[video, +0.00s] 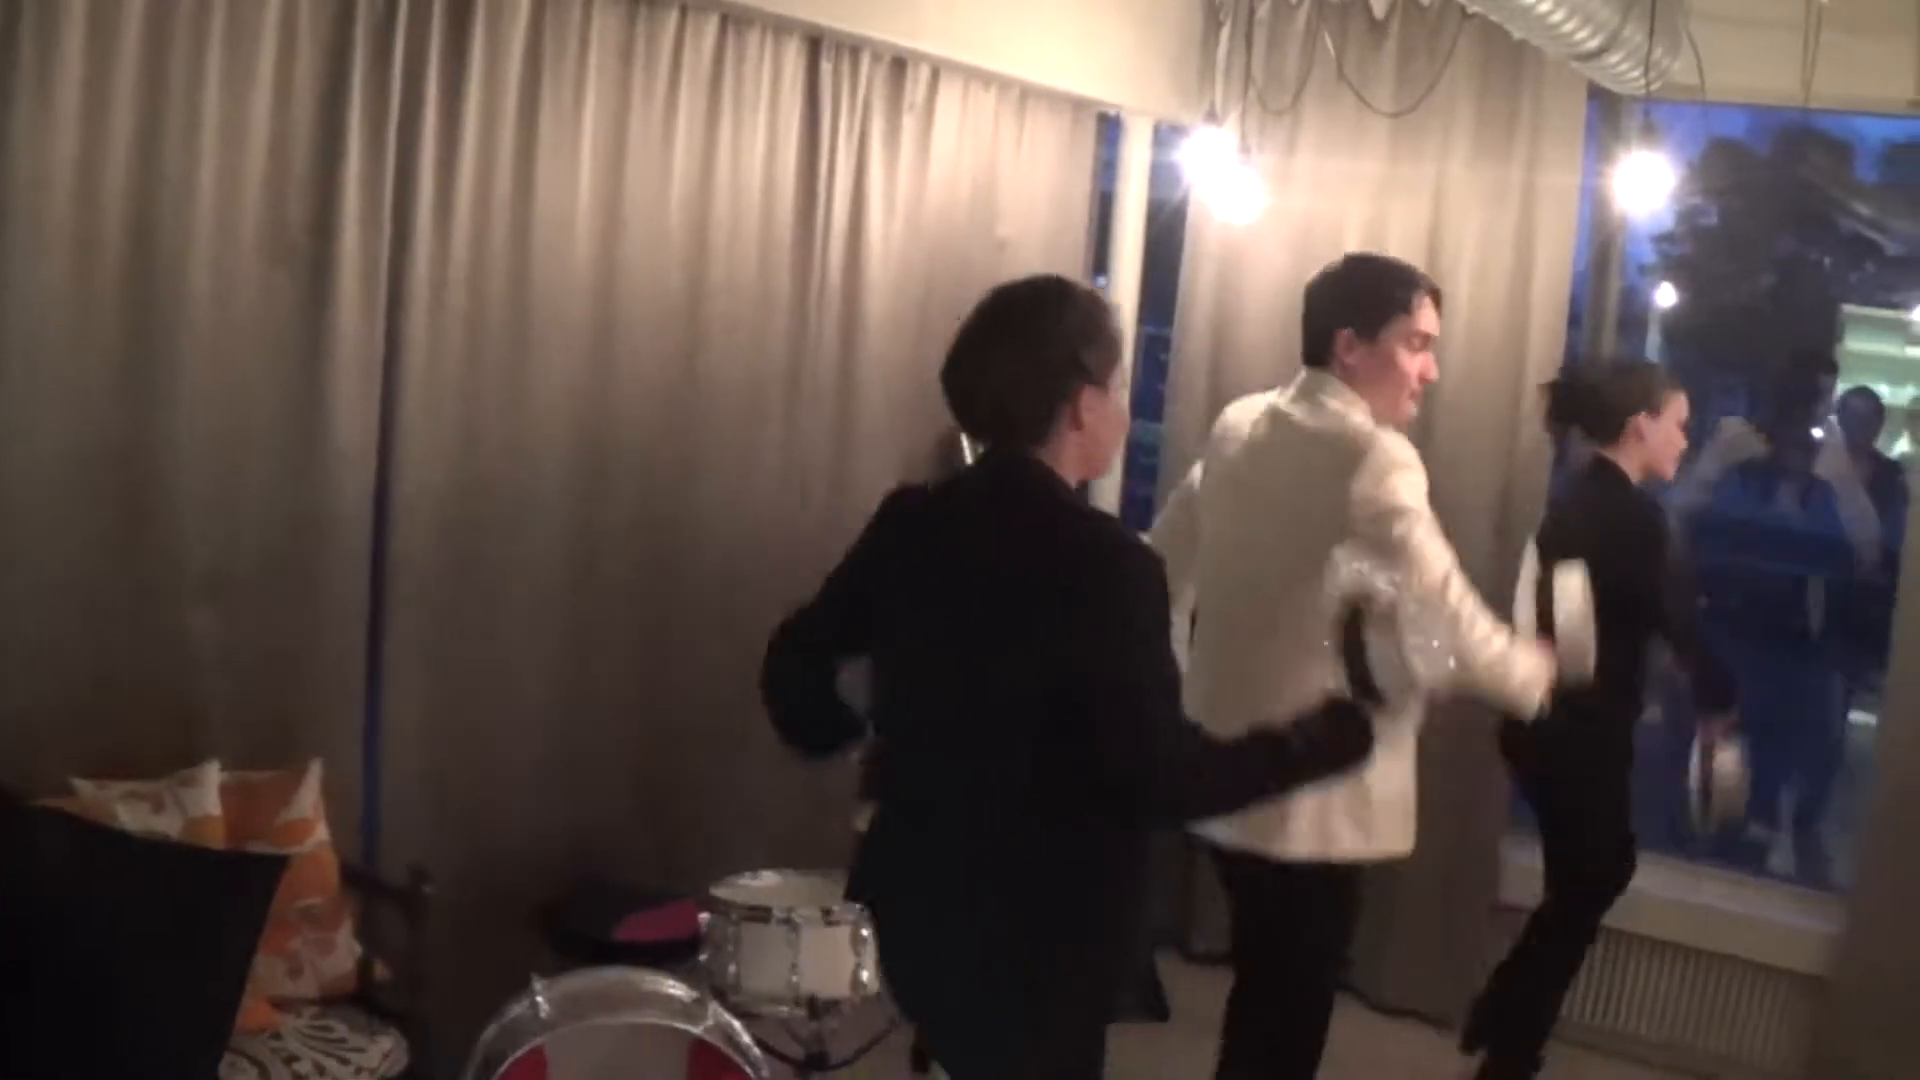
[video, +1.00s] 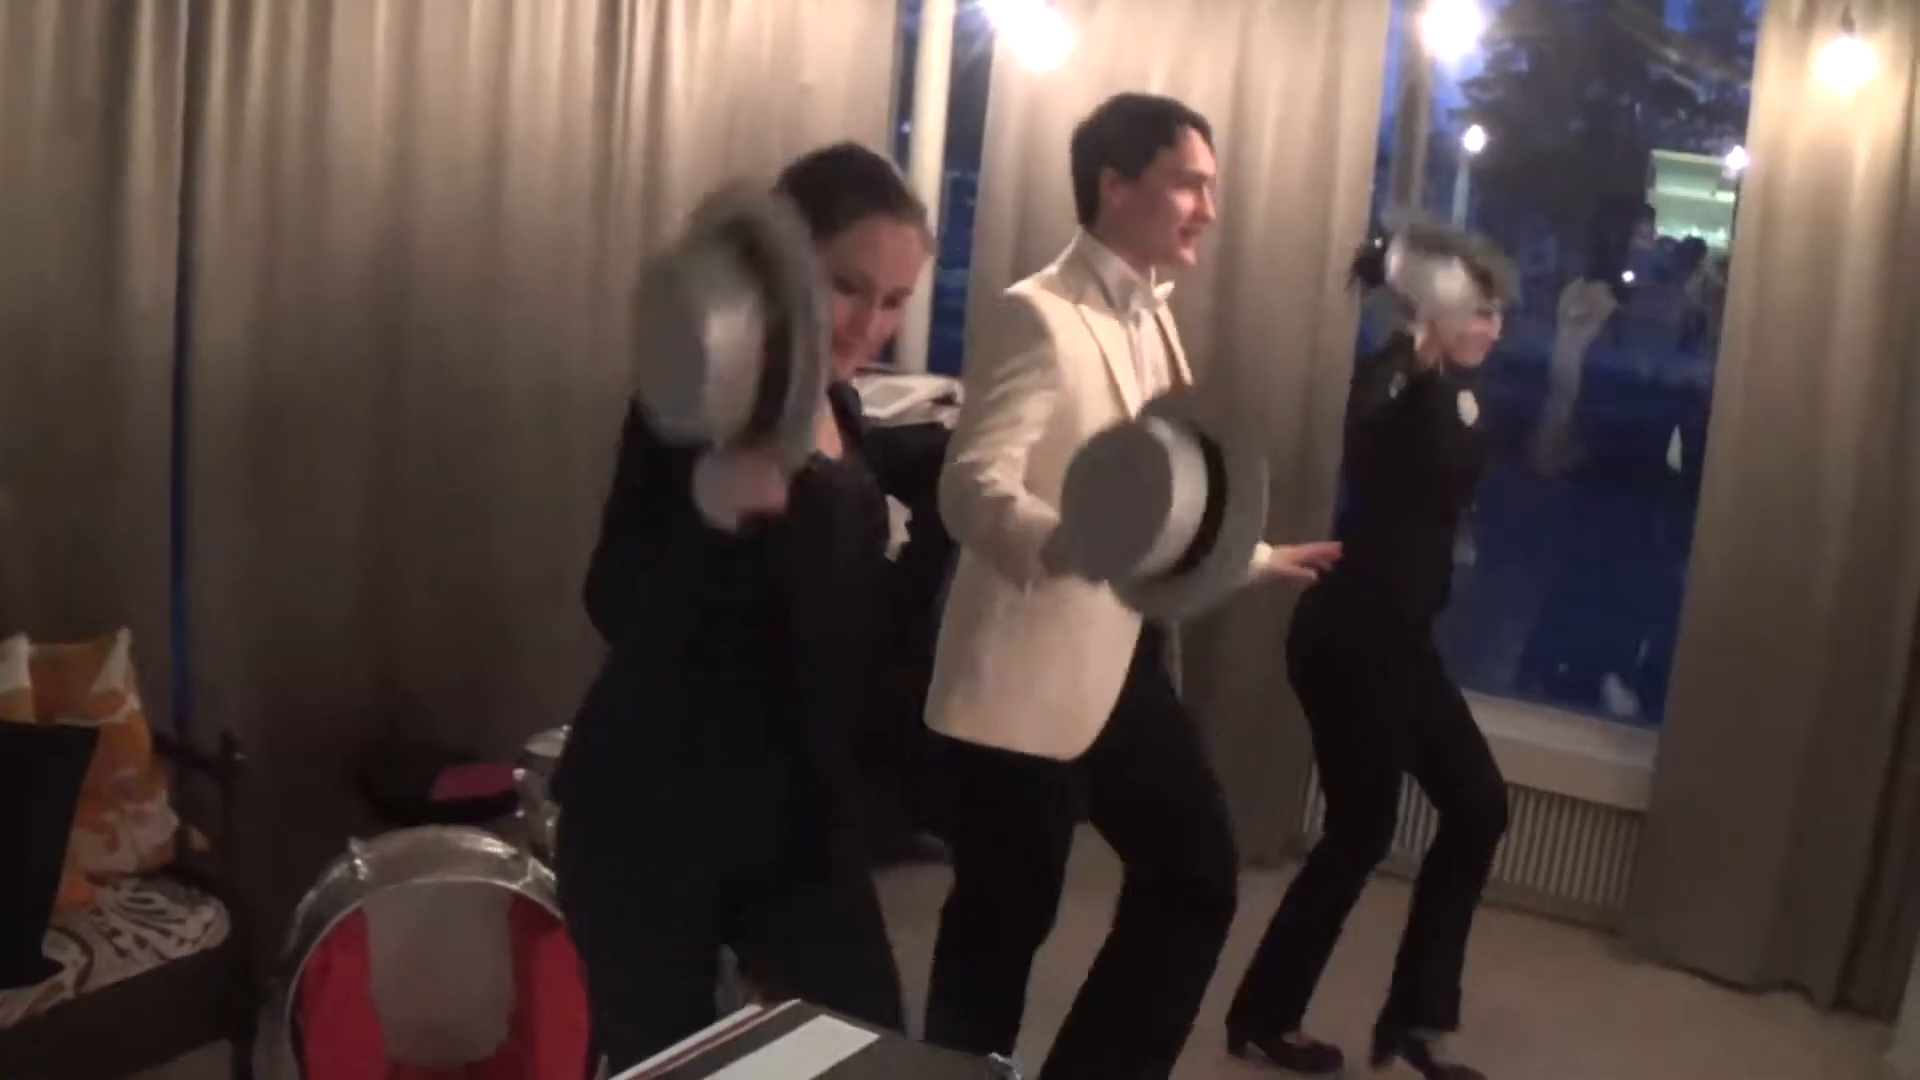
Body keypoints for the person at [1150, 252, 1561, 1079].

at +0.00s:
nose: (1432, 372)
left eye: (1431, 349)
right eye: (1418, 347)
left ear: (1337, 349)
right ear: (1350, 348)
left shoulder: (1241, 425)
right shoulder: (1376, 462)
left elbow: (1164, 557)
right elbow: (1440, 626)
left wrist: (1177, 674)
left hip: (1226, 782)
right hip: (1316, 805)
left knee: (1257, 1012)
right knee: (1286, 1034)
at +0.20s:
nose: (1422, 363)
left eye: (1423, 342)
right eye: (1404, 340)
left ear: (1350, 348)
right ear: (1337, 342)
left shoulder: (1312, 437)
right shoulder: (1314, 458)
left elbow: (1350, 635)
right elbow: (1353, 654)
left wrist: (1457, 693)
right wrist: (1472, 702)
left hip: (1272, 764)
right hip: (1265, 777)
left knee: (1261, 1002)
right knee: (1271, 1008)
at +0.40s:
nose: (1379, 352)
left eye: (1381, 330)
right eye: (1359, 329)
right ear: (1291, 334)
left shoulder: (1325, 443)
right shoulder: (1231, 461)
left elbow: (1360, 584)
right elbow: (1181, 648)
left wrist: (1460, 667)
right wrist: (1271, 784)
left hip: (1287, 780)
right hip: (1222, 788)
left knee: (1253, 978)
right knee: (1254, 981)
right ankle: (1165, 1076)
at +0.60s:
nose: (1312, 281)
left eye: (1315, 261)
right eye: (1292, 260)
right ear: (1221, 266)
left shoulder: (1285, 378)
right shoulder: (1149, 388)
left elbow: (1336, 511)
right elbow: (1088, 572)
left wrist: (1453, 571)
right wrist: (1163, 658)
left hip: (1230, 737)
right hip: (1147, 748)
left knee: (1176, 970)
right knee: (1131, 972)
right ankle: (1062, 1072)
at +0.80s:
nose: (1239, 258)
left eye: (1242, 237)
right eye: (1218, 235)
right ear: (1144, 242)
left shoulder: (1194, 372)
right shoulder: (1069, 375)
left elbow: (1223, 541)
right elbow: (1008, 555)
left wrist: (1329, 610)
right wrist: (1078, 651)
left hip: (1160, 716)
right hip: (1056, 728)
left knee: (1239, 871)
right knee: (1051, 951)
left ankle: (1114, 1054)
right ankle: (995, 1070)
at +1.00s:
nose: (1207, 210)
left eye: (1211, 189)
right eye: (1189, 186)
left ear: (1134, 194)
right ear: (1113, 188)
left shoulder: (1152, 318)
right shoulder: (1034, 315)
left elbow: (1147, 512)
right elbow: (972, 483)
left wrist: (1260, 559)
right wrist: (1066, 542)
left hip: (1114, 670)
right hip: (1014, 676)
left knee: (1193, 879)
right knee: (1002, 910)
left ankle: (1096, 1078)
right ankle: (958, 1079)